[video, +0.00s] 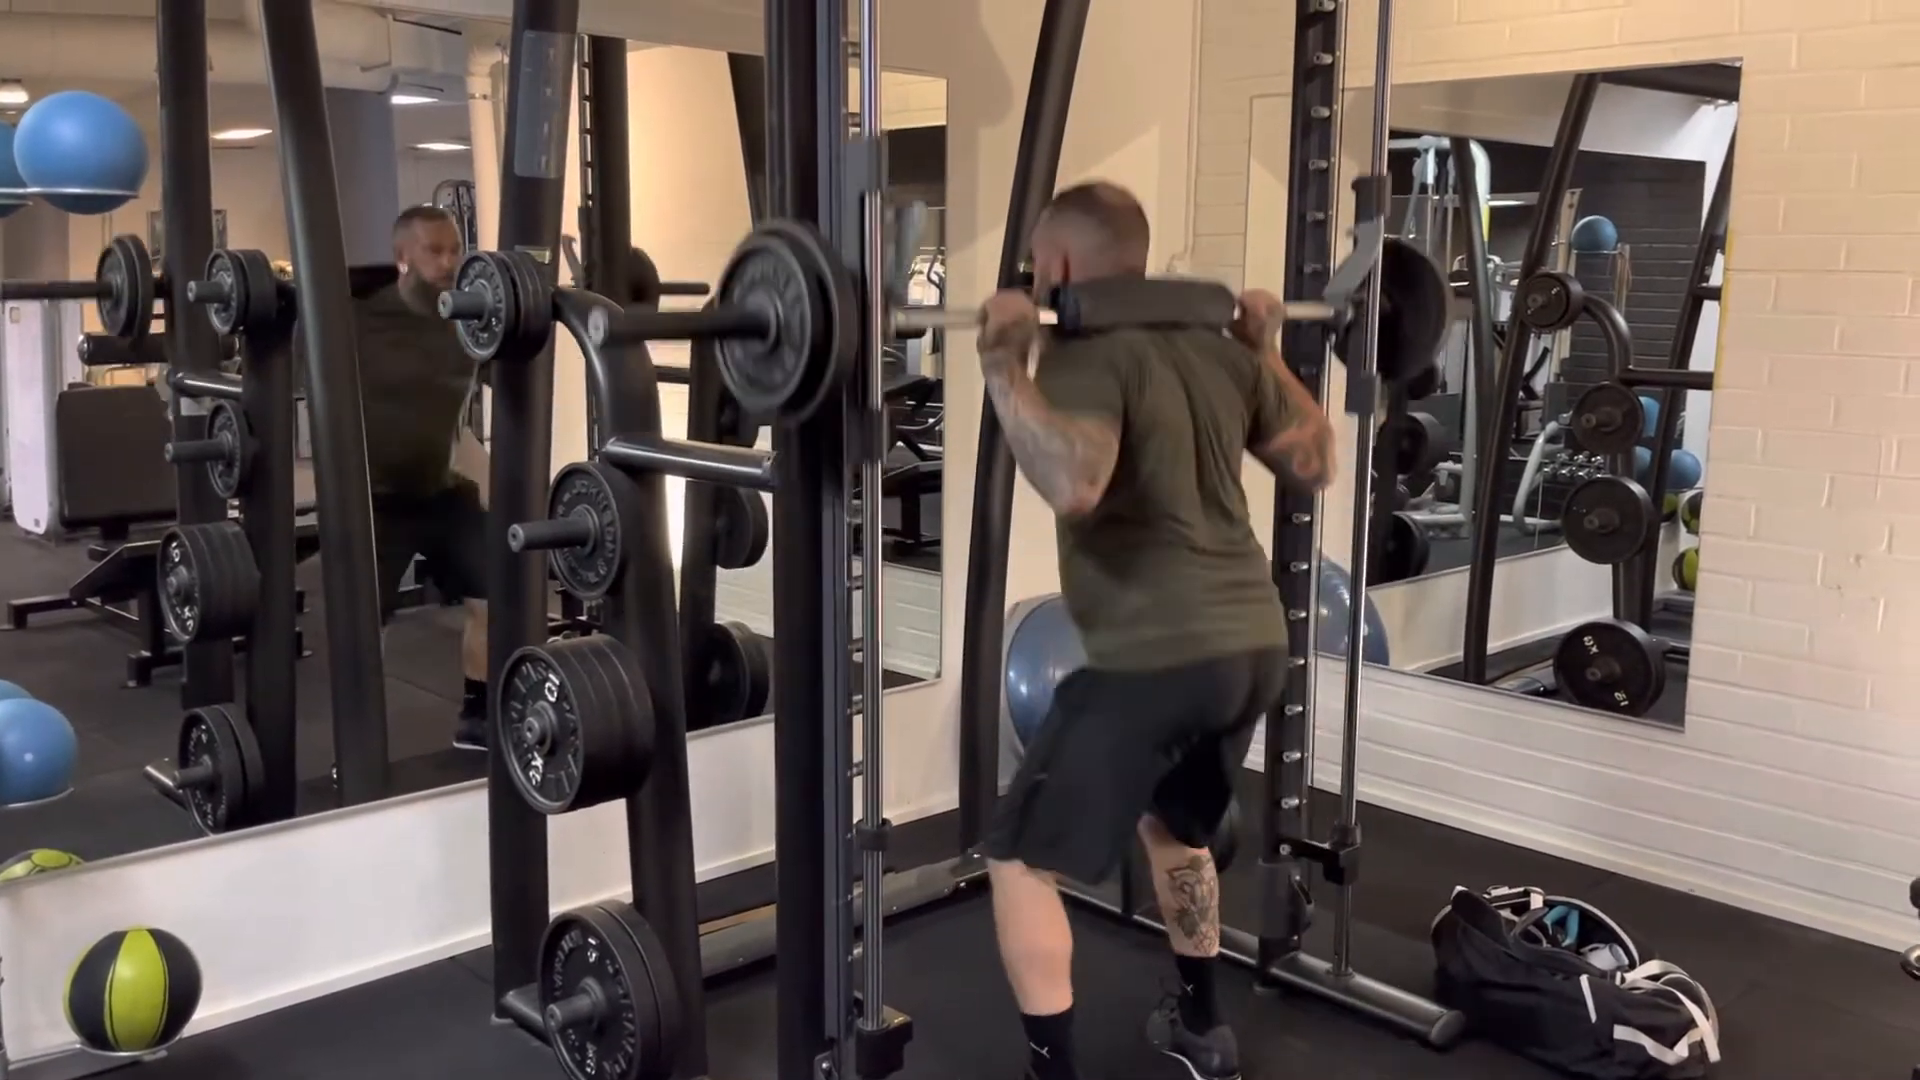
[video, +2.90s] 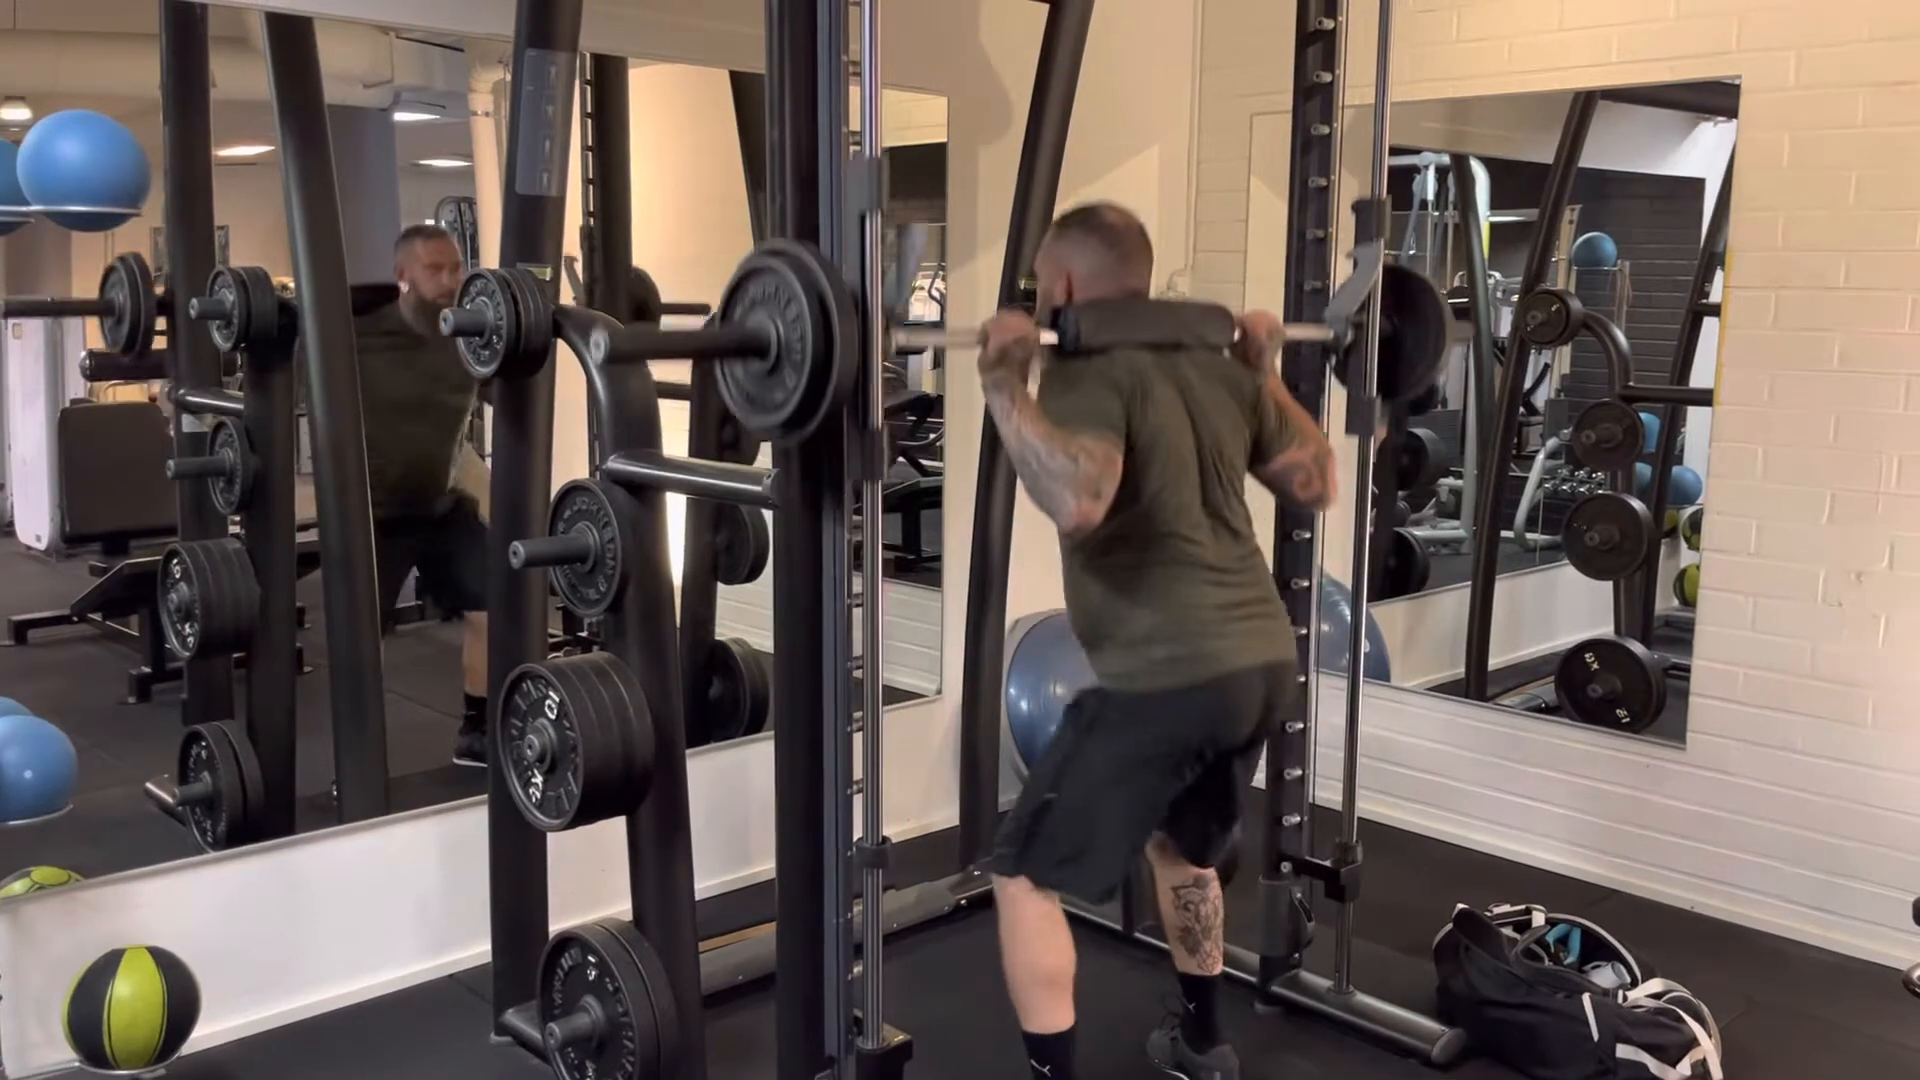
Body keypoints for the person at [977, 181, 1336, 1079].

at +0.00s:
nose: (1038, 280)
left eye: (1041, 264)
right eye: (1039, 265)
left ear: (1065, 261)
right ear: (1137, 256)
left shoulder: (1089, 352)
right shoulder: (1219, 345)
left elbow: (1075, 481)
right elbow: (1313, 460)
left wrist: (1007, 376)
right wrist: (1267, 353)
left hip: (1152, 660)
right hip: (1254, 649)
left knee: (1020, 855)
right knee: (1177, 819)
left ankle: (1055, 1067)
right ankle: (1201, 1022)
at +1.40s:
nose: (1031, 368)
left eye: (1033, 352)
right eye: (1030, 353)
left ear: (1055, 351)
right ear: (1129, 341)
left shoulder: (1091, 426)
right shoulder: (1218, 421)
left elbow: (1084, 555)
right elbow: (1325, 528)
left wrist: (1001, 450)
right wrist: (1265, 427)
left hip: (1173, 743)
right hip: (1271, 730)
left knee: (995, 880)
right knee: (1172, 857)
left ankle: (1045, 1068)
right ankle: (1199, 1038)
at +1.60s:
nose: (1029, 473)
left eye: (1031, 460)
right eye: (1027, 460)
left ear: (1051, 468)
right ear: (1128, 452)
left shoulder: (1092, 540)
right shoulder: (1221, 529)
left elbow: (1089, 668)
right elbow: (1329, 631)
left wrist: (1003, 563)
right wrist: (1264, 526)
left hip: (1197, 845)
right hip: (1294, 829)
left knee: (973, 884)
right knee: (1135, 830)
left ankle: (1043, 1069)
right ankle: (1200, 1036)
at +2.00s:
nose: (1029, 611)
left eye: (1029, 596)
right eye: (1028, 596)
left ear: (1053, 601)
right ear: (1127, 586)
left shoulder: (1092, 679)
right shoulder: (1219, 657)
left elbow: (1085, 821)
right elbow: (1319, 761)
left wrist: (998, 705)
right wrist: (1258, 652)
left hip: (1202, 990)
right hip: (1295, 966)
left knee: (961, 886)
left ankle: (1041, 1069)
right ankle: (1200, 1053)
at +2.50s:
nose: (1034, 490)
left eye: (1035, 475)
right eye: (1033, 475)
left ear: (1058, 480)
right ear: (1134, 467)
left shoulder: (1095, 555)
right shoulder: (1221, 544)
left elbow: (1091, 684)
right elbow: (1329, 643)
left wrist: (1001, 575)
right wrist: (1264, 540)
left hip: (1209, 850)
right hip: (1313, 836)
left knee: (986, 884)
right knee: (1150, 839)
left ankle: (1046, 1070)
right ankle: (1200, 1038)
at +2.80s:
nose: (1037, 345)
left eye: (1040, 329)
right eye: (1039, 330)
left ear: (1063, 330)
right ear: (1139, 324)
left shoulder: (1092, 412)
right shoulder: (1218, 405)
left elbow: (1082, 543)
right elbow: (1320, 522)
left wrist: (1005, 435)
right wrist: (1267, 415)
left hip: (1183, 717)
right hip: (1278, 703)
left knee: (1010, 875)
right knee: (1177, 850)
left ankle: (1051, 1070)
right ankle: (1204, 1042)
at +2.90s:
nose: (1043, 301)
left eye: (1046, 286)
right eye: (1044, 287)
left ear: (1069, 284)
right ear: (1141, 277)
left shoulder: (1091, 369)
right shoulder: (1217, 360)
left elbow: (1079, 497)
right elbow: (1316, 482)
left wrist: (1008, 393)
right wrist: (1267, 372)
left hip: (1161, 680)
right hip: (1261, 667)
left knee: (1025, 871)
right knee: (1183, 840)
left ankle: (1052, 1070)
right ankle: (1202, 1041)